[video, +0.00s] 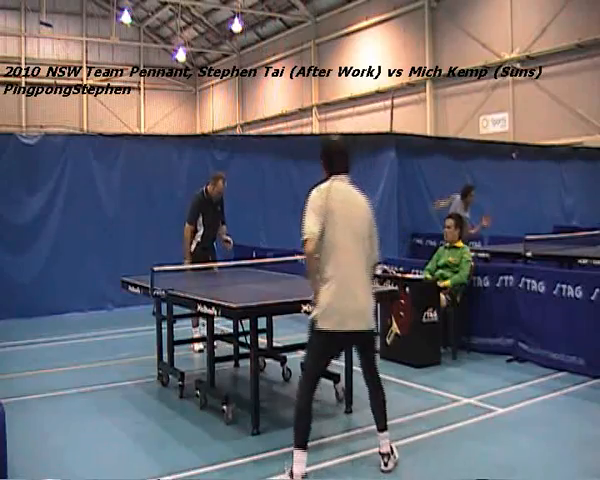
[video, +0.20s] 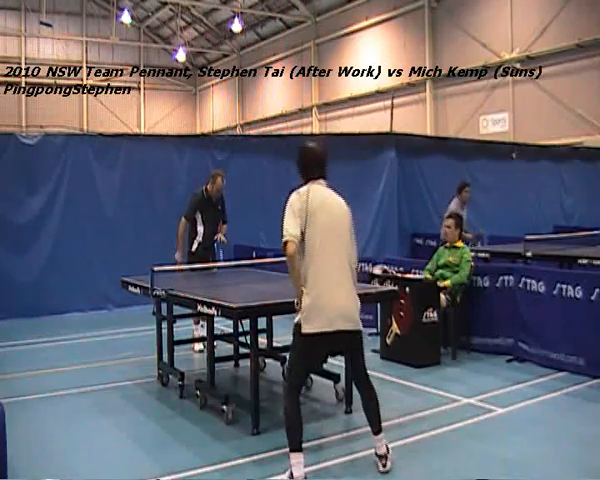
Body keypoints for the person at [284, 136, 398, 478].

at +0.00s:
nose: (322, 169)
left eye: (322, 164)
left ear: (324, 166)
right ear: (348, 166)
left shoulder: (320, 194)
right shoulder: (363, 200)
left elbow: (311, 245)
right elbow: (373, 255)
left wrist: (316, 284)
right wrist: (353, 281)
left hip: (331, 309)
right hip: (363, 308)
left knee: (308, 385)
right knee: (372, 374)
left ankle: (299, 463)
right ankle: (386, 445)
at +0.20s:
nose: (300, 172)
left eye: (299, 167)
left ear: (300, 169)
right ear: (325, 169)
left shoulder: (299, 198)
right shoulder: (342, 203)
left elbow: (290, 248)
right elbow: (352, 259)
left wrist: (300, 289)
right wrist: (344, 292)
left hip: (316, 317)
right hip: (349, 315)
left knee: (292, 389)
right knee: (362, 378)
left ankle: (297, 468)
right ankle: (382, 449)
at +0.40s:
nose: (293, 181)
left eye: (292, 175)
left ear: (293, 178)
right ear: (318, 177)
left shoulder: (293, 205)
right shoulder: (335, 208)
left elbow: (288, 252)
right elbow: (346, 260)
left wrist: (298, 296)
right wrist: (339, 294)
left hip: (316, 321)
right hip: (348, 318)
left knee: (288, 391)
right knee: (360, 380)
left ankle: (297, 469)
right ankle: (381, 451)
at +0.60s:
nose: (295, 190)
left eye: (295, 185)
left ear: (297, 189)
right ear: (322, 187)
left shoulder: (299, 217)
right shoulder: (339, 218)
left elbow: (296, 266)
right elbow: (346, 267)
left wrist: (297, 305)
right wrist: (323, 299)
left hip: (322, 328)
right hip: (354, 324)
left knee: (288, 391)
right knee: (360, 380)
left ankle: (296, 469)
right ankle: (381, 449)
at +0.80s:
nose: (301, 198)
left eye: (301, 194)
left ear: (302, 196)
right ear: (327, 195)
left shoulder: (304, 225)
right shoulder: (343, 224)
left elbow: (301, 278)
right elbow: (351, 272)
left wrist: (300, 315)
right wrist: (326, 308)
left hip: (327, 331)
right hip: (359, 328)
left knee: (289, 391)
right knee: (361, 379)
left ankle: (296, 468)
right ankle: (381, 450)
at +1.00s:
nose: (304, 201)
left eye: (303, 197)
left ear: (304, 199)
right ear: (329, 198)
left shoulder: (305, 227)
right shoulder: (346, 227)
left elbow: (301, 281)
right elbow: (353, 276)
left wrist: (303, 317)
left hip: (327, 334)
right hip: (360, 331)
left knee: (289, 391)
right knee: (361, 380)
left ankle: (297, 468)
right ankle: (381, 449)